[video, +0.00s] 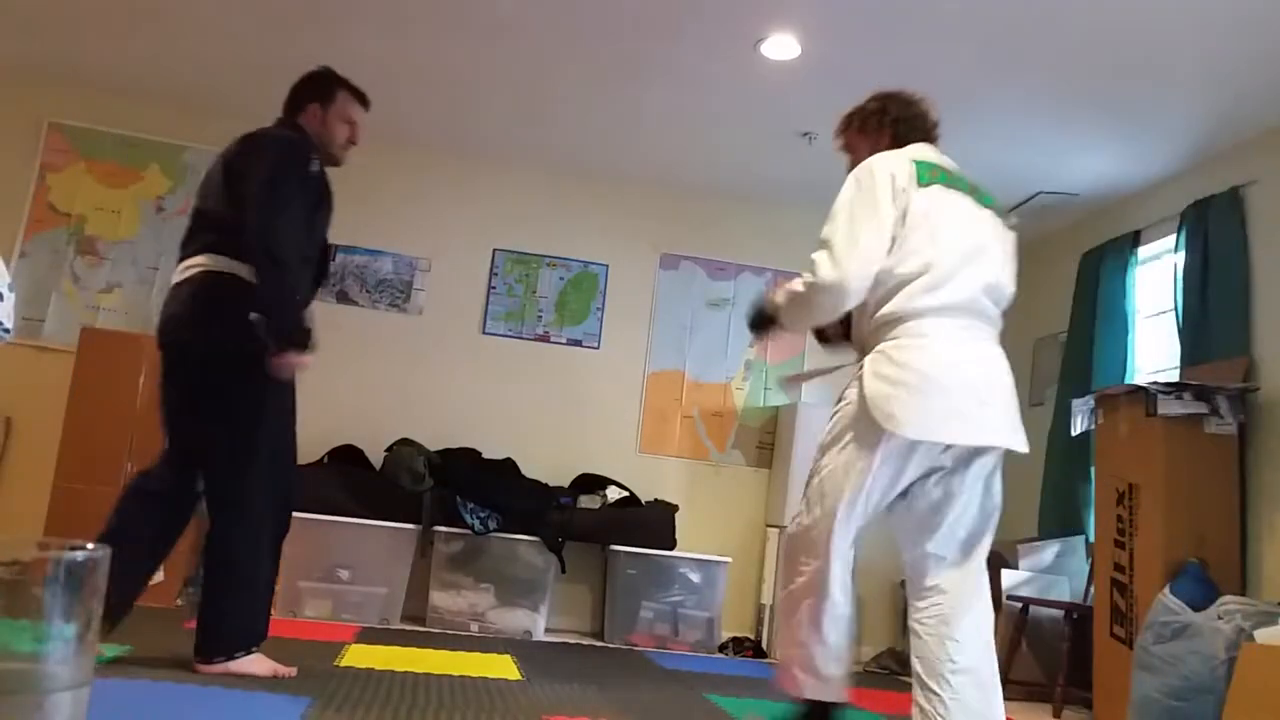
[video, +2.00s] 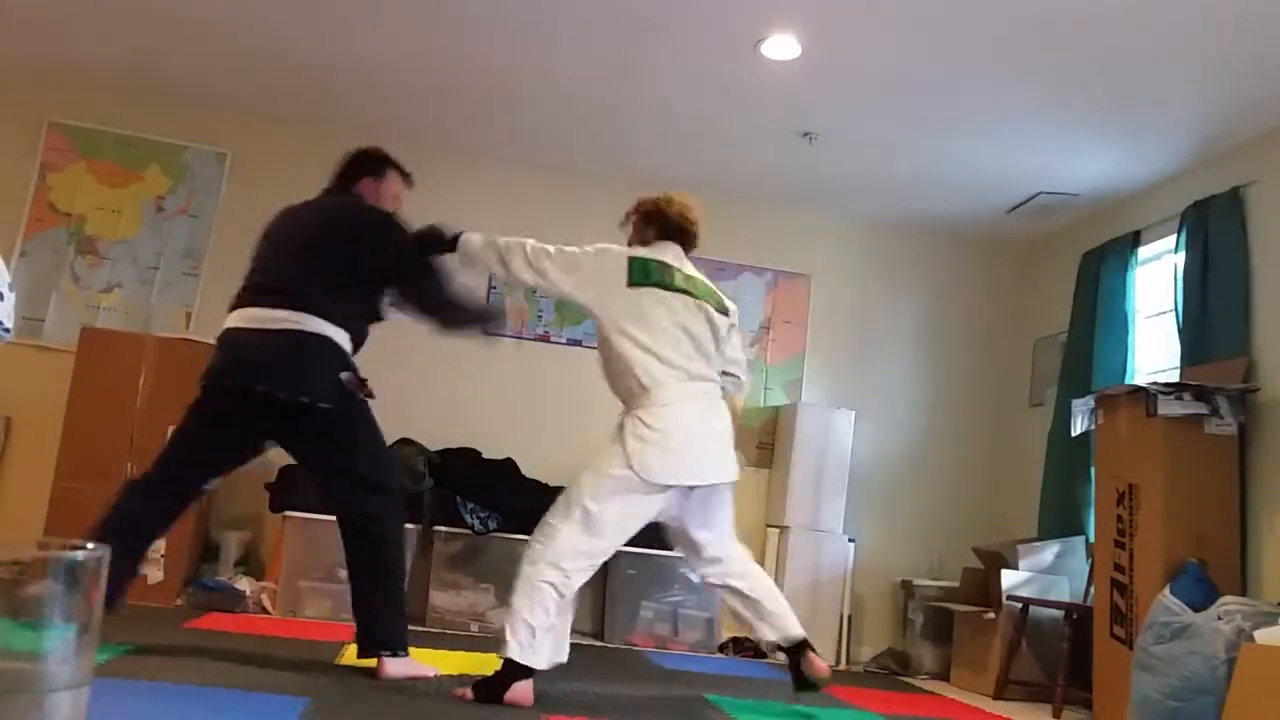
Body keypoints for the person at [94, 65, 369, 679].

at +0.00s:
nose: (356, 137)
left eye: (360, 127)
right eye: (349, 122)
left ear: (306, 118)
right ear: (314, 113)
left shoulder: (251, 150)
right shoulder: (290, 153)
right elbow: (277, 241)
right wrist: (288, 336)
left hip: (191, 314)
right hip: (239, 317)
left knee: (183, 469)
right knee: (256, 484)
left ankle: (83, 614)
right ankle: (227, 646)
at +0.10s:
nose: (368, 139)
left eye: (372, 129)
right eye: (362, 124)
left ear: (314, 118)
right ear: (327, 114)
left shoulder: (253, 151)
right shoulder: (307, 156)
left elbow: (246, 257)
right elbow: (312, 249)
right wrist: (350, 337)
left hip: (201, 322)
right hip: (256, 328)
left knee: (206, 468)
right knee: (267, 484)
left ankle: (116, 603)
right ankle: (230, 646)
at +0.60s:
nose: (380, 164)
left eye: (383, 153)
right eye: (376, 148)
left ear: (335, 139)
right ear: (343, 135)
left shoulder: (267, 175)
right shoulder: (321, 175)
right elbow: (324, 269)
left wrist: (356, 296)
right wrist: (393, 309)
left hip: (221, 329)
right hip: (279, 331)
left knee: (212, 480)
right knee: (346, 466)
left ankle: (168, 630)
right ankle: (279, 620)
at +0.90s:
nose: (423, 183)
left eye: (428, 173)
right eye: (421, 168)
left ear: (379, 156)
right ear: (391, 154)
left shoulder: (315, 188)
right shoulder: (369, 194)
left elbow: (343, 273)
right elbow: (379, 281)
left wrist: (418, 269)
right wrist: (452, 291)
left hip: (262, 347)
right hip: (325, 356)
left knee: (232, 491)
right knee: (367, 504)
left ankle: (170, 631)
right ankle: (366, 654)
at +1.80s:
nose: (428, 199)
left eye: (431, 190)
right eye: (426, 186)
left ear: (378, 172)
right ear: (397, 172)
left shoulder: (324, 206)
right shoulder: (389, 209)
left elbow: (361, 282)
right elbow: (406, 288)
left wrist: (425, 252)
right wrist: (470, 251)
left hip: (267, 355)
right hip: (334, 364)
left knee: (215, 495)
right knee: (401, 495)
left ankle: (122, 626)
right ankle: (396, 648)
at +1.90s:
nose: (424, 201)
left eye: (427, 193)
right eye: (421, 190)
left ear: (371, 183)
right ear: (392, 180)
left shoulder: (315, 214)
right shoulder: (399, 219)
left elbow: (315, 297)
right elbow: (461, 270)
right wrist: (496, 226)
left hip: (251, 362)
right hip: (324, 372)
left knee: (191, 493)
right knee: (377, 511)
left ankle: (122, 613)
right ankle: (395, 652)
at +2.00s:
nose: (402, 206)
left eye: (404, 195)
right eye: (399, 193)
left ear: (349, 187)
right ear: (371, 186)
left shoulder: (292, 218)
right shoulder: (379, 228)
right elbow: (437, 300)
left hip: (237, 367)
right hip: (312, 376)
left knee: (165, 484)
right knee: (373, 508)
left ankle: (80, 597)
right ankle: (386, 650)